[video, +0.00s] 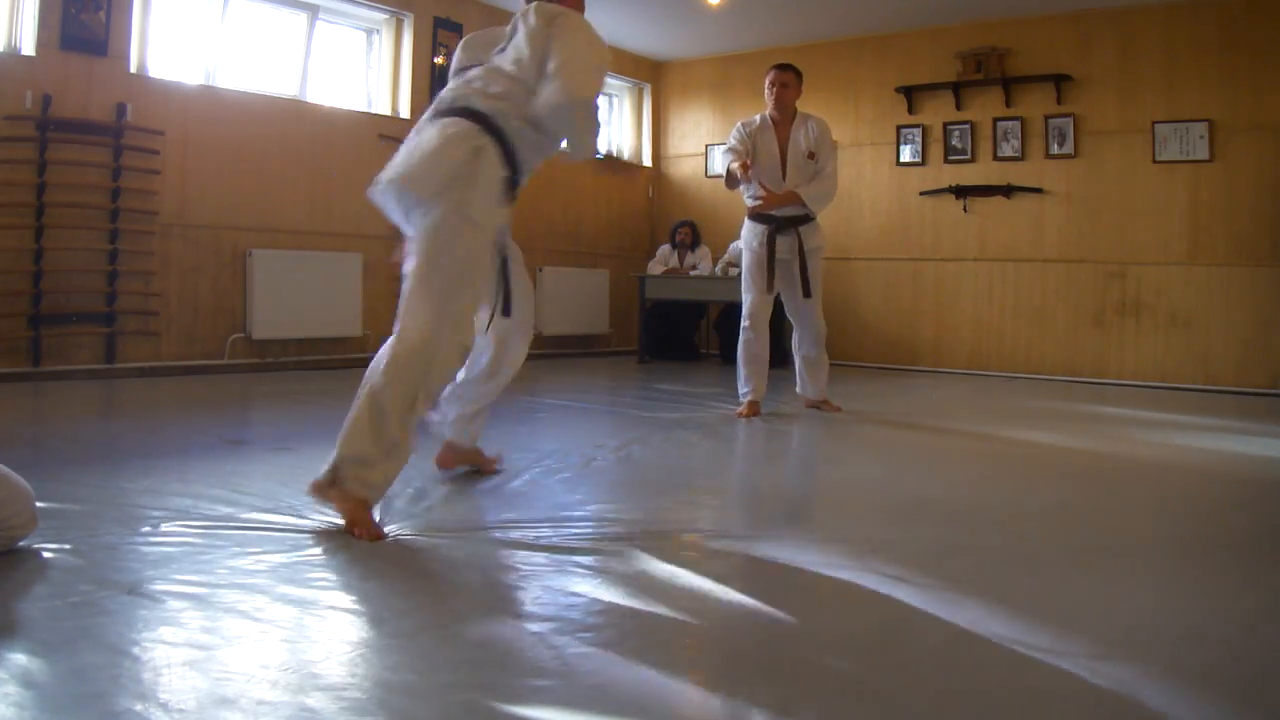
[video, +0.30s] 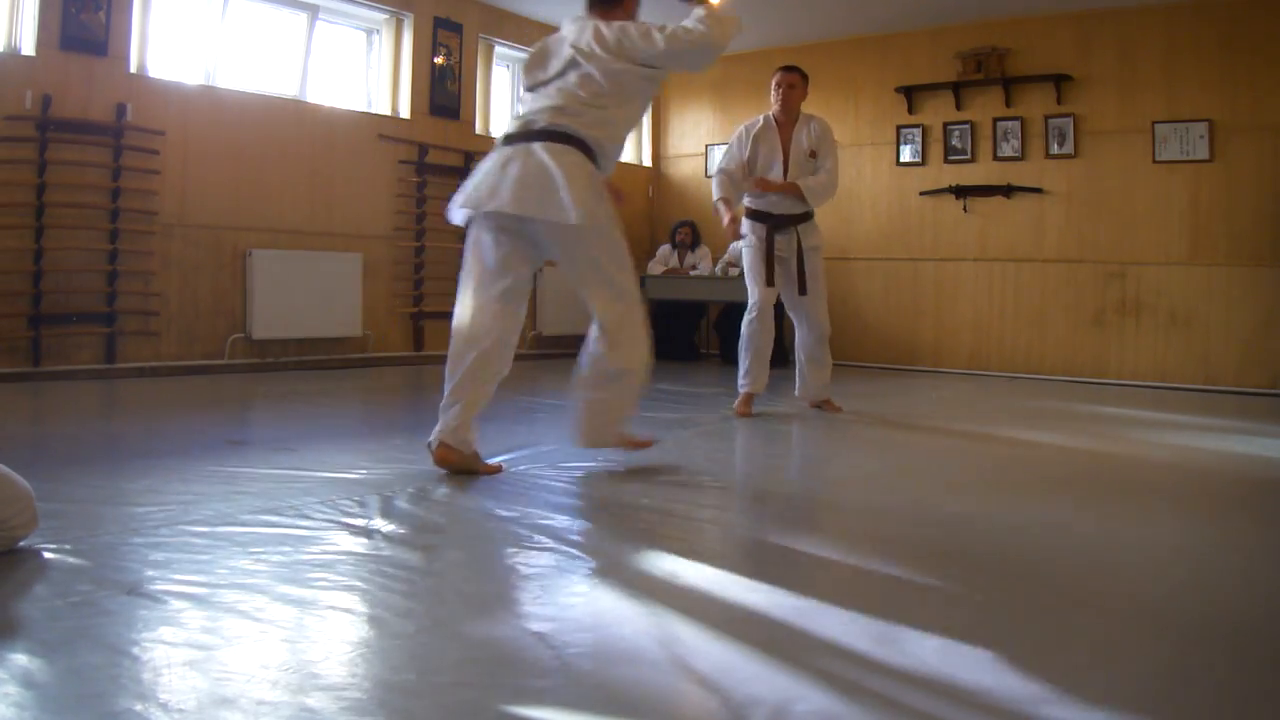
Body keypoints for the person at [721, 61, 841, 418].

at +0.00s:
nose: (776, 91)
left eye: (784, 86)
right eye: (771, 85)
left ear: (799, 92)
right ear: (764, 91)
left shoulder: (816, 129)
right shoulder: (747, 130)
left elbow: (826, 184)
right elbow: (730, 179)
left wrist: (785, 198)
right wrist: (738, 169)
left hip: (801, 233)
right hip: (758, 232)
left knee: (809, 317)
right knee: (753, 316)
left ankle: (813, 392)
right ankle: (750, 396)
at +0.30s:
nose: (782, 93)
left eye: (790, 87)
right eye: (777, 87)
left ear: (804, 94)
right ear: (770, 92)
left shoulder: (817, 130)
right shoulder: (750, 132)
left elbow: (826, 183)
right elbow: (725, 174)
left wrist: (778, 187)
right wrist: (726, 209)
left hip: (801, 229)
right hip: (758, 229)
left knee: (813, 313)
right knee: (759, 307)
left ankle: (816, 391)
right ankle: (747, 389)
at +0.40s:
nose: (775, 97)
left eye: (783, 92)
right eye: (770, 91)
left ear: (795, 100)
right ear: (761, 97)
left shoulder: (806, 131)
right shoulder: (743, 136)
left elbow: (808, 172)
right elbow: (712, 178)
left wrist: (759, 163)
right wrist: (708, 218)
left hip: (794, 231)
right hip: (752, 230)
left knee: (813, 314)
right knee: (759, 297)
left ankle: (813, 390)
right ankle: (736, 383)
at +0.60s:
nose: (741, 103)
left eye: (743, 98)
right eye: (734, 98)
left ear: (744, 103)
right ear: (720, 102)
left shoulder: (756, 138)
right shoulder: (702, 137)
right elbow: (695, 187)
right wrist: (733, 202)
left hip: (756, 236)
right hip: (720, 237)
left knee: (800, 318)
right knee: (733, 325)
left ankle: (814, 389)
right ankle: (705, 403)